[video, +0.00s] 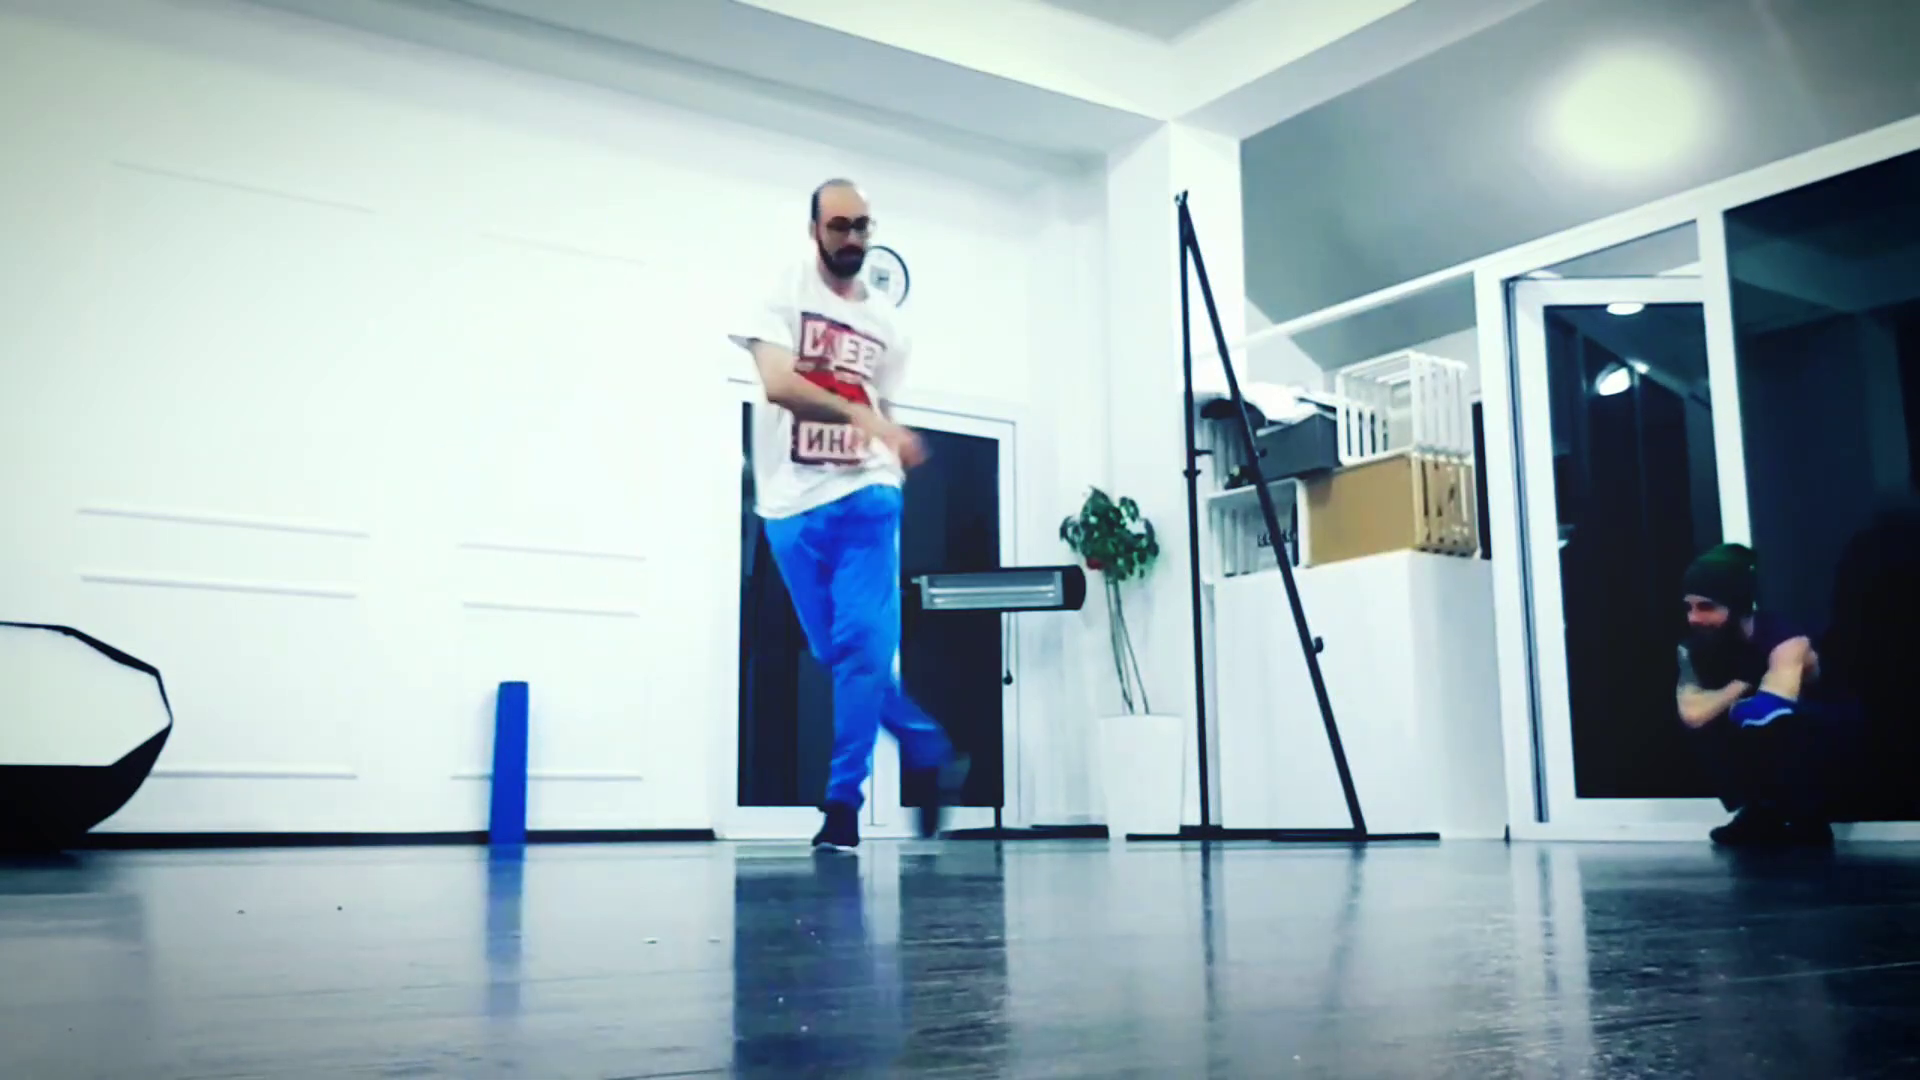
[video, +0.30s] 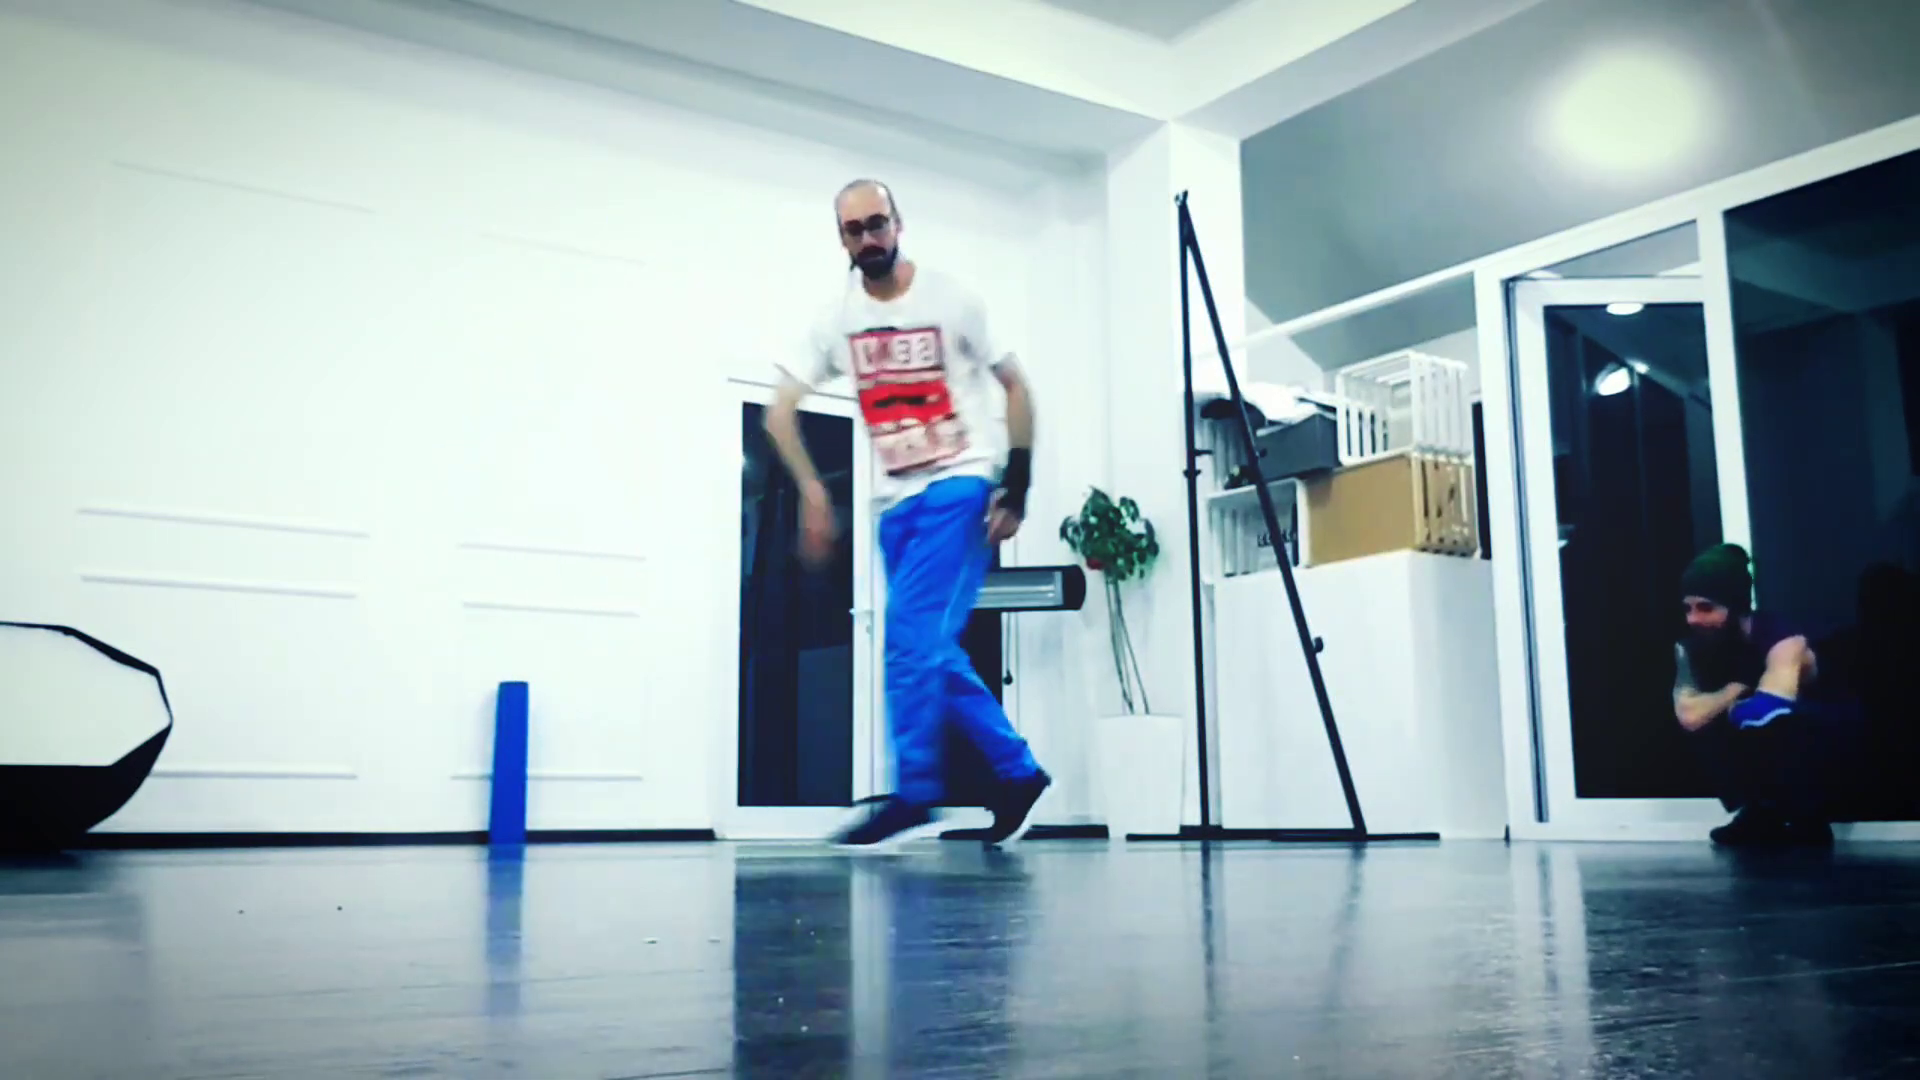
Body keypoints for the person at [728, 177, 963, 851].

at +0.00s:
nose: (851, 238)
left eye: (861, 226)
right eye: (838, 226)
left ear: (872, 230)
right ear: (814, 230)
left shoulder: (888, 326)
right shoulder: (780, 294)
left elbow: (881, 410)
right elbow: (777, 383)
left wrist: (893, 443)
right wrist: (866, 416)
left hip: (865, 493)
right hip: (789, 504)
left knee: (863, 641)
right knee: (834, 649)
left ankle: (843, 803)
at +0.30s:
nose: (867, 238)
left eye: (877, 223)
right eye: (854, 229)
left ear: (899, 224)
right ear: (841, 239)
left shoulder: (950, 300)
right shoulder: (839, 318)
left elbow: (1016, 386)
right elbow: (779, 410)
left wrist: (1017, 487)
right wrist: (813, 492)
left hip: (960, 487)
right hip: (895, 500)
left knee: (913, 635)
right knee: (925, 644)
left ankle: (914, 792)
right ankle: (1017, 775)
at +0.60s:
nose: (929, 241)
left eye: (938, 227)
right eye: (916, 234)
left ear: (963, 227)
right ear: (907, 248)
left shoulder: (1024, 286)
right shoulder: (924, 333)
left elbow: (1112, 355)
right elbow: (942, 415)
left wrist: (1042, 354)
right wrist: (968, 475)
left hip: (1067, 476)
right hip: (996, 503)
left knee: (1047, 615)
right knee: (1001, 655)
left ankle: (1180, 617)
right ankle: (1052, 806)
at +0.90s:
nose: (1046, 219)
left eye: (1057, 207)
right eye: (1033, 209)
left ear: (1079, 215)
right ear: (1017, 222)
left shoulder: (1135, 295)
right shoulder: (1007, 325)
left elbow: (1189, 399)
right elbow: (985, 432)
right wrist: (986, 405)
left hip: (1158, 482)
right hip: (1085, 513)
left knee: (1155, 617)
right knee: (1161, 647)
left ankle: (1182, 787)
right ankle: (1253, 797)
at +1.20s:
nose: (1128, 159)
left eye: (1142, 146)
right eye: (1114, 145)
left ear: (1161, 161)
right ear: (1091, 159)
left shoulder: (1186, 272)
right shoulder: (1045, 242)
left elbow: (1195, 392)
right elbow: (1031, 353)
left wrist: (1206, 495)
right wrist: (1070, 402)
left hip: (1145, 477)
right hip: (1051, 474)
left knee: (1140, 628)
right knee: (1028, 601)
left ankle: (1182, 803)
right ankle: (955, 786)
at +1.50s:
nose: (1110, 120)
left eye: (1126, 110)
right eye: (1097, 105)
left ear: (1144, 127)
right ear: (1073, 113)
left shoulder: (1132, 224)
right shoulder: (1019, 187)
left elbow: (1140, 357)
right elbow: (876, 252)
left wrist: (1136, 260)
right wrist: (838, 371)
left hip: (1080, 438)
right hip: (1014, 424)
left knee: (1090, 623)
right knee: (1109, 578)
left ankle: (918, 752)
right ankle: (1113, 797)